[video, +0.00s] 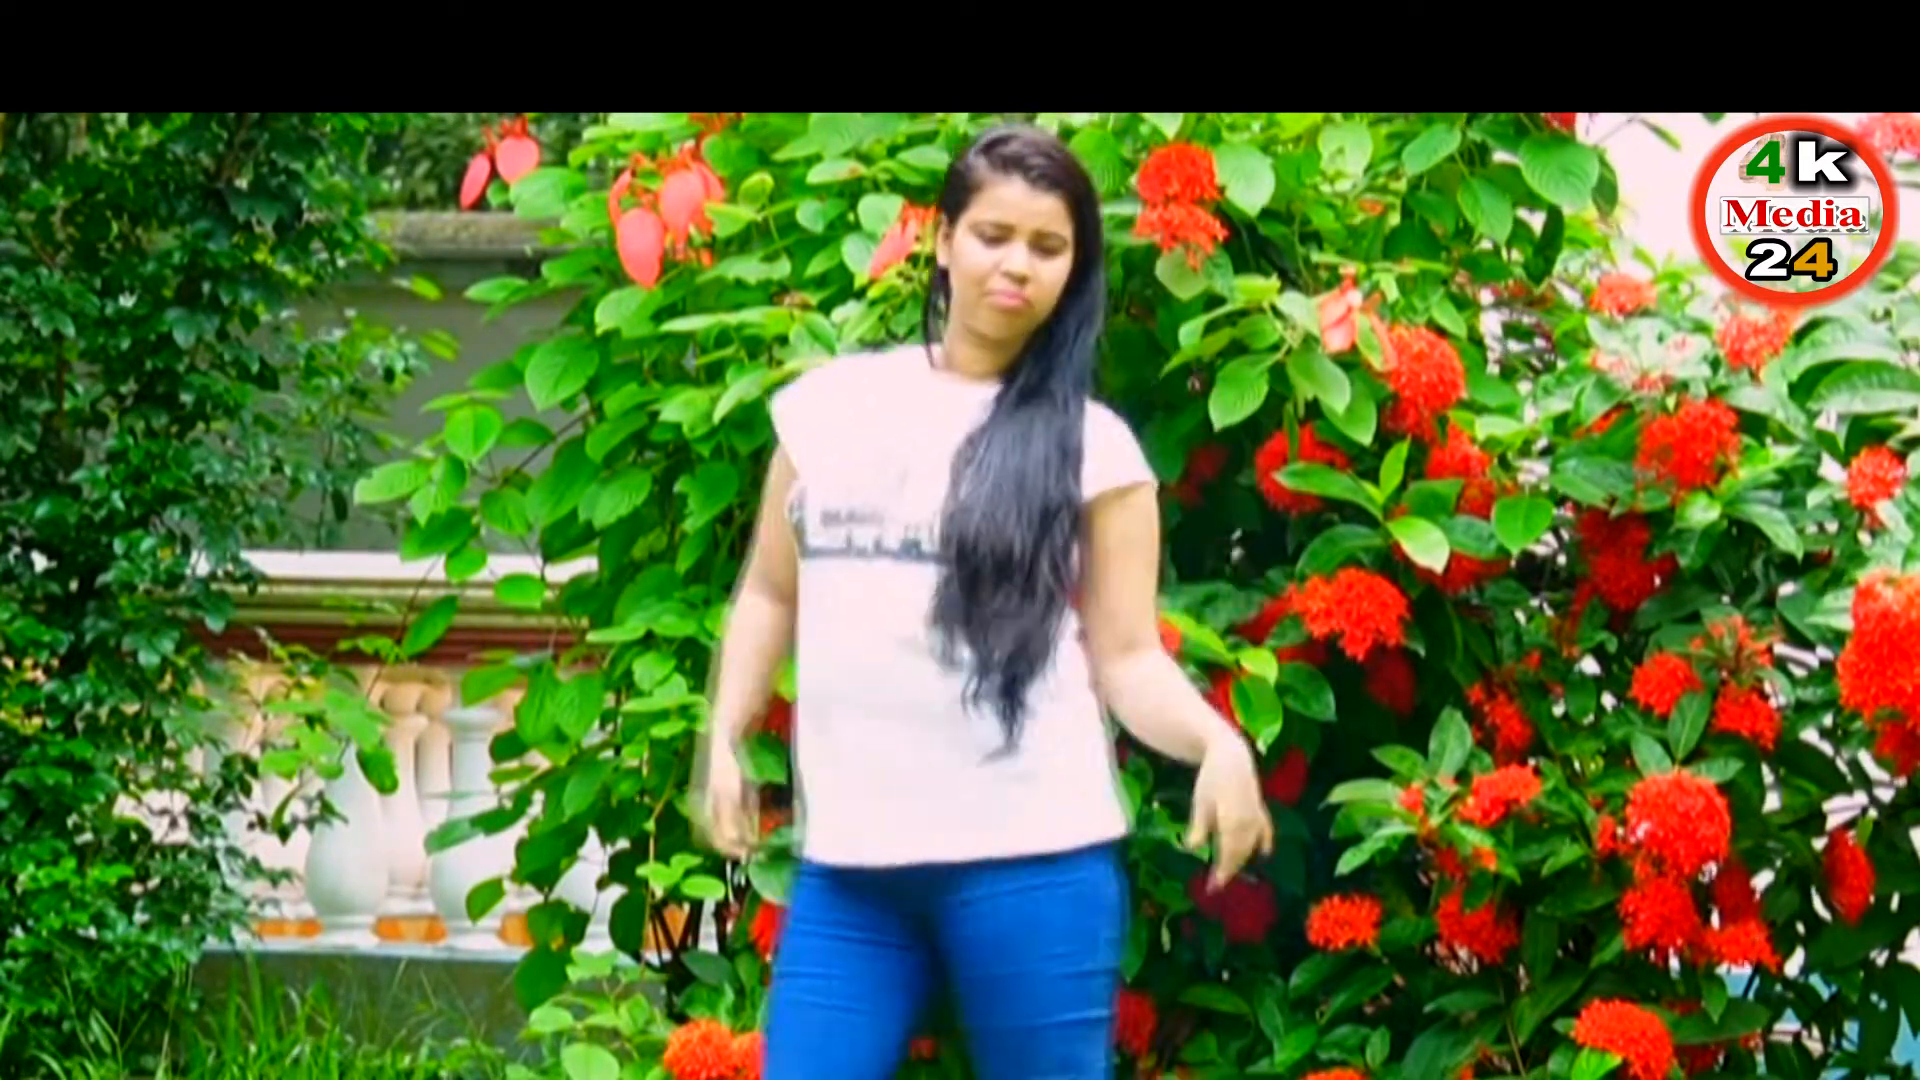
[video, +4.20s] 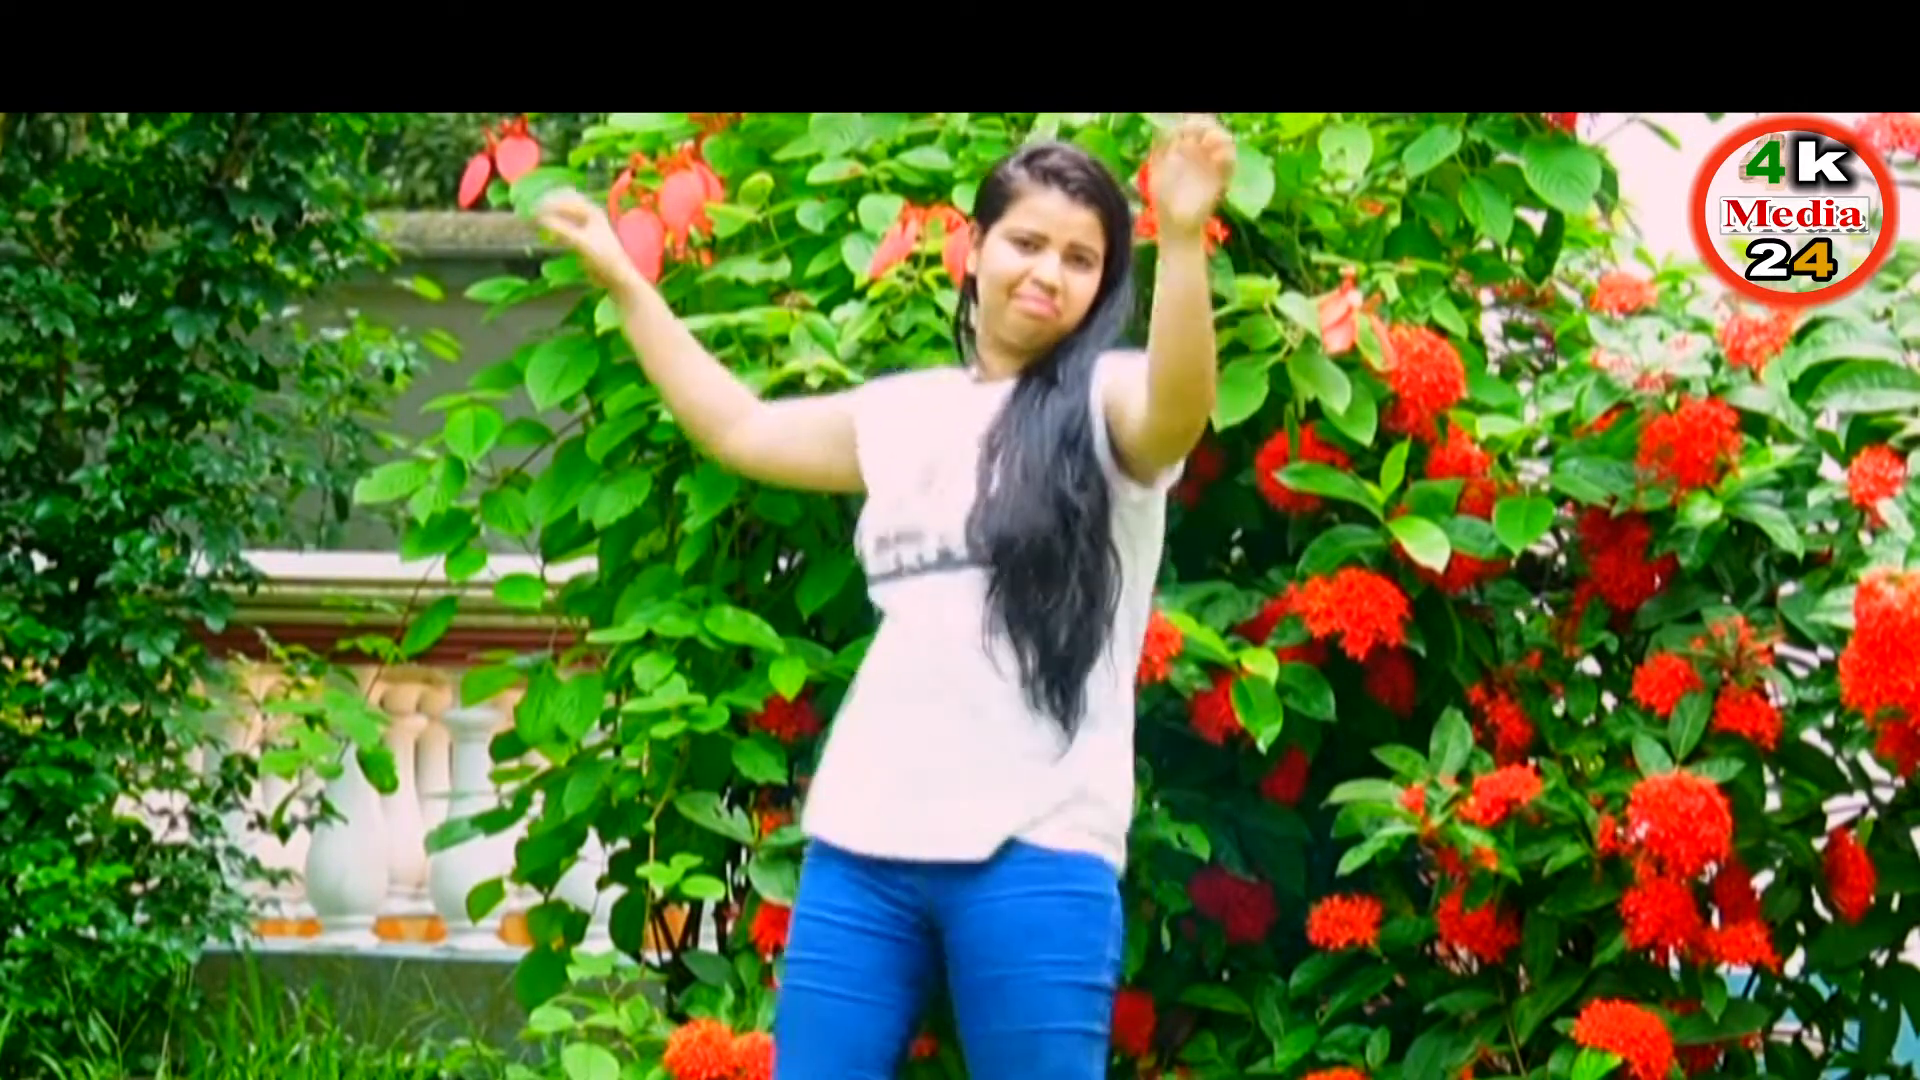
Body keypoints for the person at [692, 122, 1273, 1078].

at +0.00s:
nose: (1017, 267)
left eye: (1047, 247)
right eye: (994, 237)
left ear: (1077, 270)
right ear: (944, 241)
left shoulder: (1094, 443)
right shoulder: (825, 406)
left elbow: (1127, 651)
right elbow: (768, 591)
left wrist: (1217, 741)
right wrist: (724, 738)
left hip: (1034, 872)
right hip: (848, 869)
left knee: (1054, 1069)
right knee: (798, 1067)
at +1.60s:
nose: (1068, 267)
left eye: (1099, 246)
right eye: (1046, 237)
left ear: (1138, 272)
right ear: (1007, 250)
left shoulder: (1145, 408)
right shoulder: (977, 439)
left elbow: (1213, 613)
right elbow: (910, 641)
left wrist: (1207, 769)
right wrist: (772, 758)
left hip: (1083, 864)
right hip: (929, 849)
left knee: (1059, 1069)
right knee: (874, 1070)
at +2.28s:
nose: (1071, 310)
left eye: (1103, 292)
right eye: (1051, 278)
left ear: (1130, 321)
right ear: (1007, 288)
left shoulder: (1138, 477)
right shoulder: (931, 478)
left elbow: (1195, 705)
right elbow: (867, 675)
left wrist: (1215, 701)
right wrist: (683, 688)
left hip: (1065, 890)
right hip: (906, 888)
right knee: (791, 1070)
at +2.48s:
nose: (1040, 275)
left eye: (1069, 264)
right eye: (1022, 241)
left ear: (1083, 293)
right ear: (961, 241)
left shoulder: (1086, 414)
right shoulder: (866, 439)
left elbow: (1183, 603)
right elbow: (753, 606)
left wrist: (1227, 582)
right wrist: (583, 558)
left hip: (1026, 847)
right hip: (844, 833)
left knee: (1043, 1073)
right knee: (797, 1070)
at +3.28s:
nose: (1072, 285)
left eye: (1103, 267)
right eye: (1050, 254)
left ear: (1131, 292)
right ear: (997, 264)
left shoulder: (1151, 419)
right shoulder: (946, 447)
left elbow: (1258, 569)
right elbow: (812, 563)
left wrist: (1307, 495)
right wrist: (639, 503)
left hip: (1085, 859)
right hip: (929, 846)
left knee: (1046, 1073)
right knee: (847, 1068)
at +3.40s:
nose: (1080, 273)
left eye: (1111, 255)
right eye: (1058, 241)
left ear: (1135, 281)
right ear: (1006, 246)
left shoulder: (1146, 391)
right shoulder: (972, 430)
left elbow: (1264, 496)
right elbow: (870, 523)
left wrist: (1296, 355)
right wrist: (724, 401)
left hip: (1101, 862)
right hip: (948, 853)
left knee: (1069, 1070)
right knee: (876, 1068)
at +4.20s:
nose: (1048, 274)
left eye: (1078, 259)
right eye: (1027, 242)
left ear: (1105, 287)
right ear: (976, 247)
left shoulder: (1112, 394)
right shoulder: (898, 411)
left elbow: (1177, 409)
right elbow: (738, 428)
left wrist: (1183, 237)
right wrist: (624, 282)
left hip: (1041, 862)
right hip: (861, 850)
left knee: (1040, 1067)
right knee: (812, 1069)